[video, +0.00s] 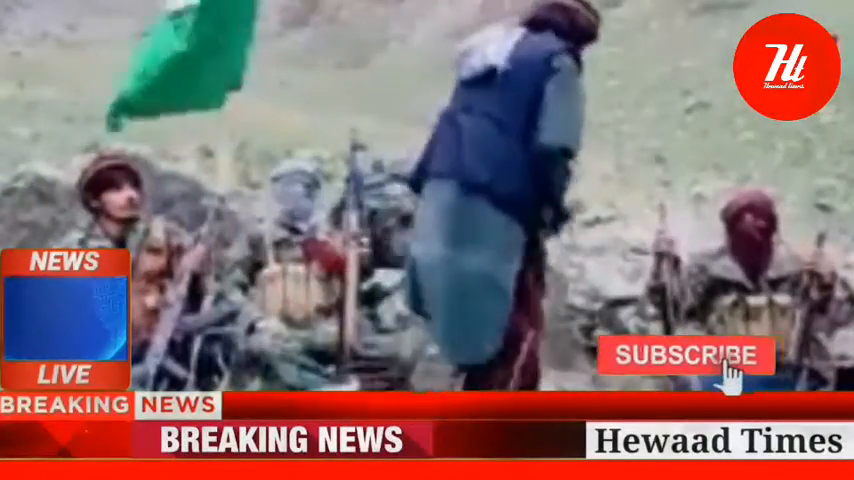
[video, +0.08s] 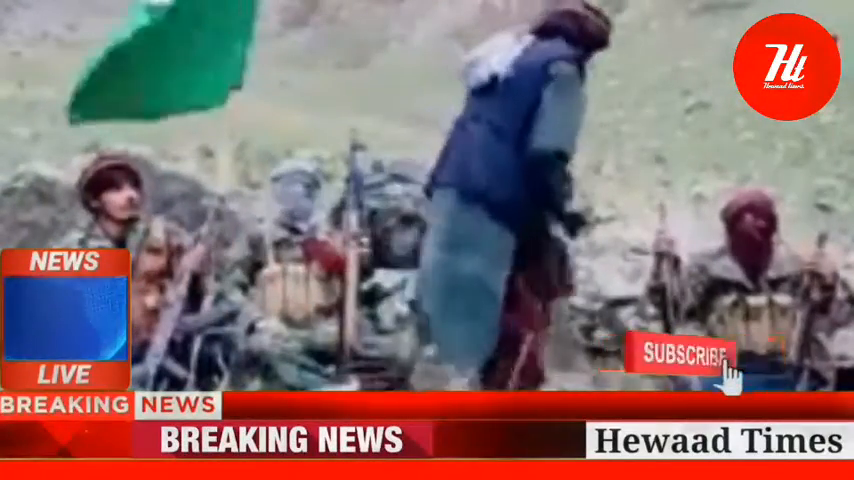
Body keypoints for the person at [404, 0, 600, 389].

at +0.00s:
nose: (583, 52)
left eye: (586, 46)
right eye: (585, 44)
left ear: (538, 19)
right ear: (576, 35)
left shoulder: (487, 44)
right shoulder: (559, 61)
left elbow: (456, 115)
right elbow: (553, 147)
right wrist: (552, 207)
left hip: (444, 176)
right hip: (501, 189)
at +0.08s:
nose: (590, 58)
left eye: (594, 51)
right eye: (593, 49)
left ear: (550, 25)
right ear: (586, 40)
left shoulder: (505, 49)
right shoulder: (562, 70)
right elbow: (546, 155)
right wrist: (565, 210)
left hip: (454, 183)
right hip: (500, 198)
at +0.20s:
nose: (597, 72)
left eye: (601, 65)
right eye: (598, 63)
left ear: (558, 42)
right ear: (590, 55)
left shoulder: (523, 68)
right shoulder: (563, 84)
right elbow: (539, 163)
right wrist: (563, 220)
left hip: (468, 194)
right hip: (494, 206)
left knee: (452, 299)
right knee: (455, 299)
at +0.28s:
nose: (597, 85)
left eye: (601, 77)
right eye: (599, 76)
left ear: (563, 53)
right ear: (590, 70)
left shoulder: (532, 80)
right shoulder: (559, 96)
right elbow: (533, 166)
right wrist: (562, 217)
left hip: (477, 203)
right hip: (501, 213)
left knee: (452, 300)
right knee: (460, 303)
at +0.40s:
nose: (604, 107)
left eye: (610, 100)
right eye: (607, 97)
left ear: (582, 78)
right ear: (595, 87)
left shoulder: (567, 110)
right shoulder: (560, 103)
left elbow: (557, 172)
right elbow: (513, 157)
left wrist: (582, 213)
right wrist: (555, 211)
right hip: (484, 216)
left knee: (512, 306)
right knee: (520, 306)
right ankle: (517, 392)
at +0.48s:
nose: (604, 118)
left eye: (610, 112)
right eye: (606, 108)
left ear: (588, 89)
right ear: (594, 92)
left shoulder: (573, 119)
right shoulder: (560, 103)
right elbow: (509, 150)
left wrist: (575, 214)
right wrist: (550, 202)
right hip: (482, 217)